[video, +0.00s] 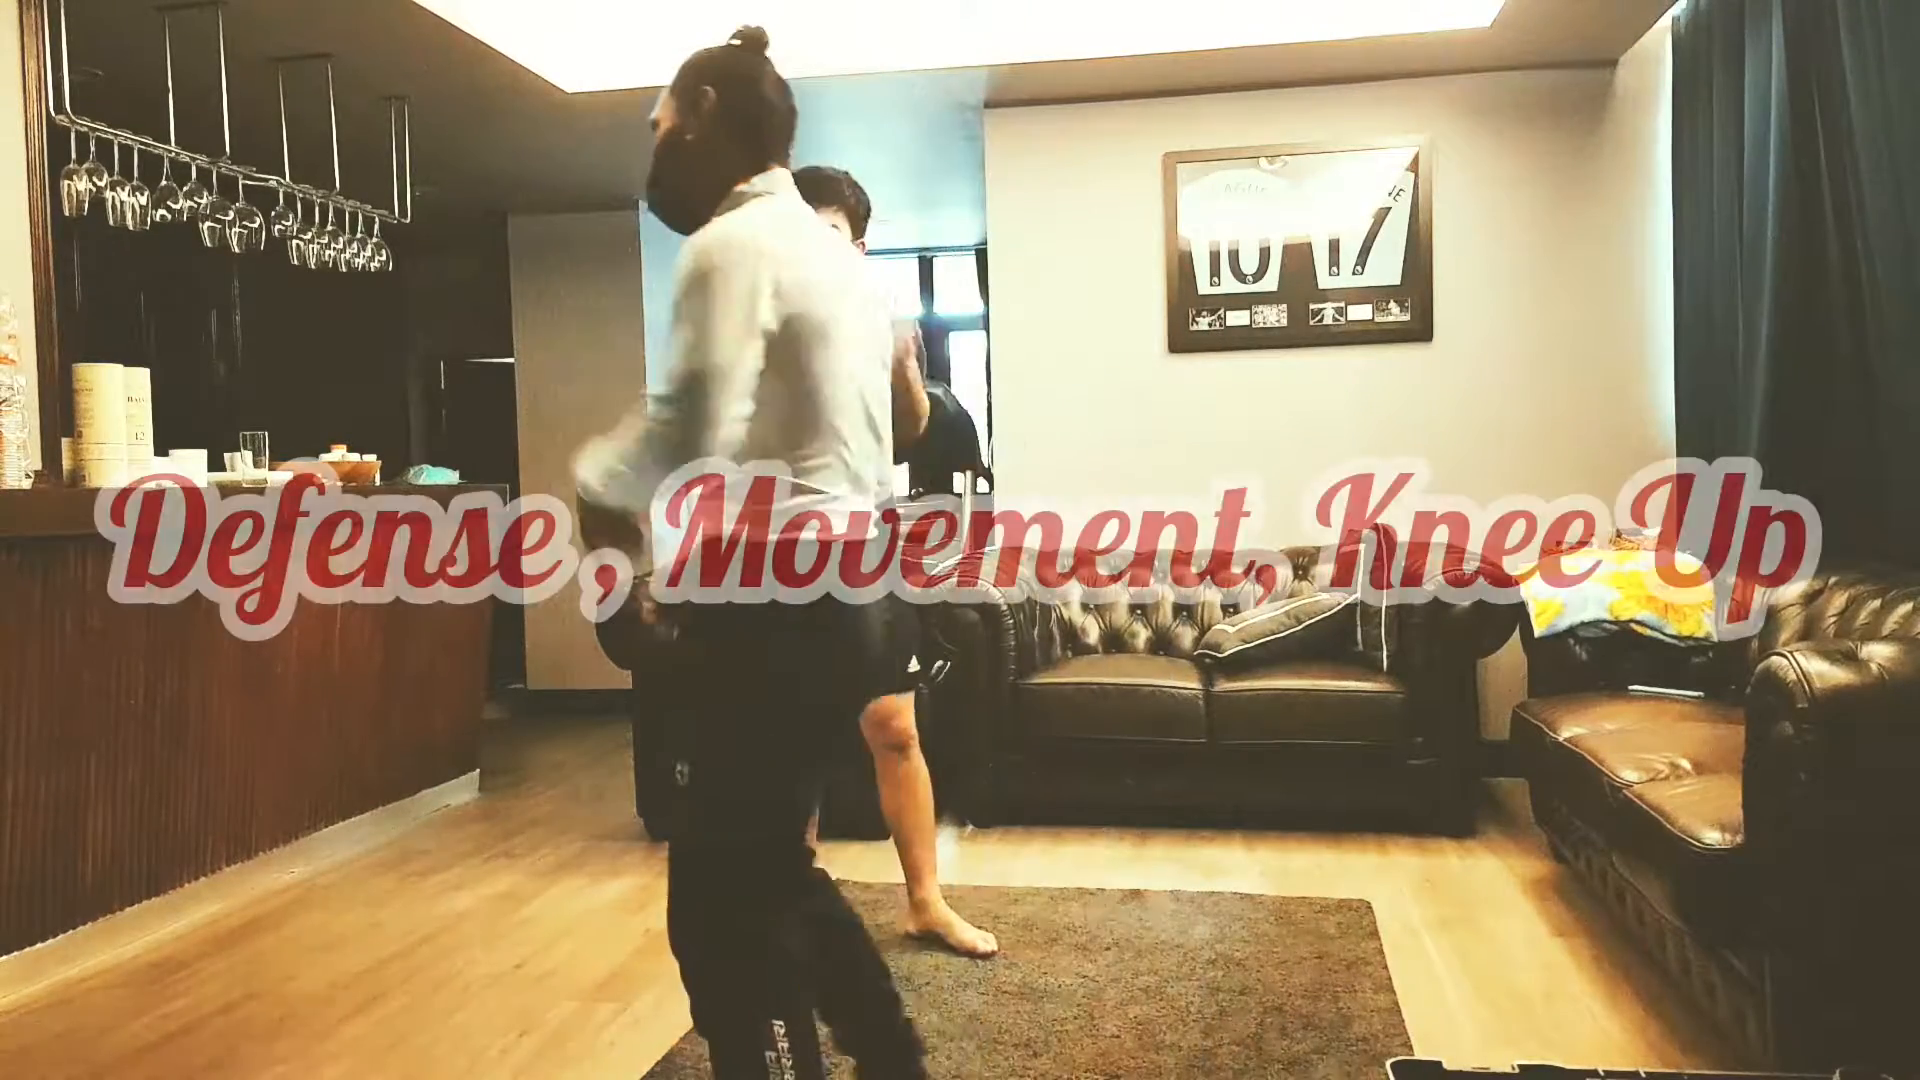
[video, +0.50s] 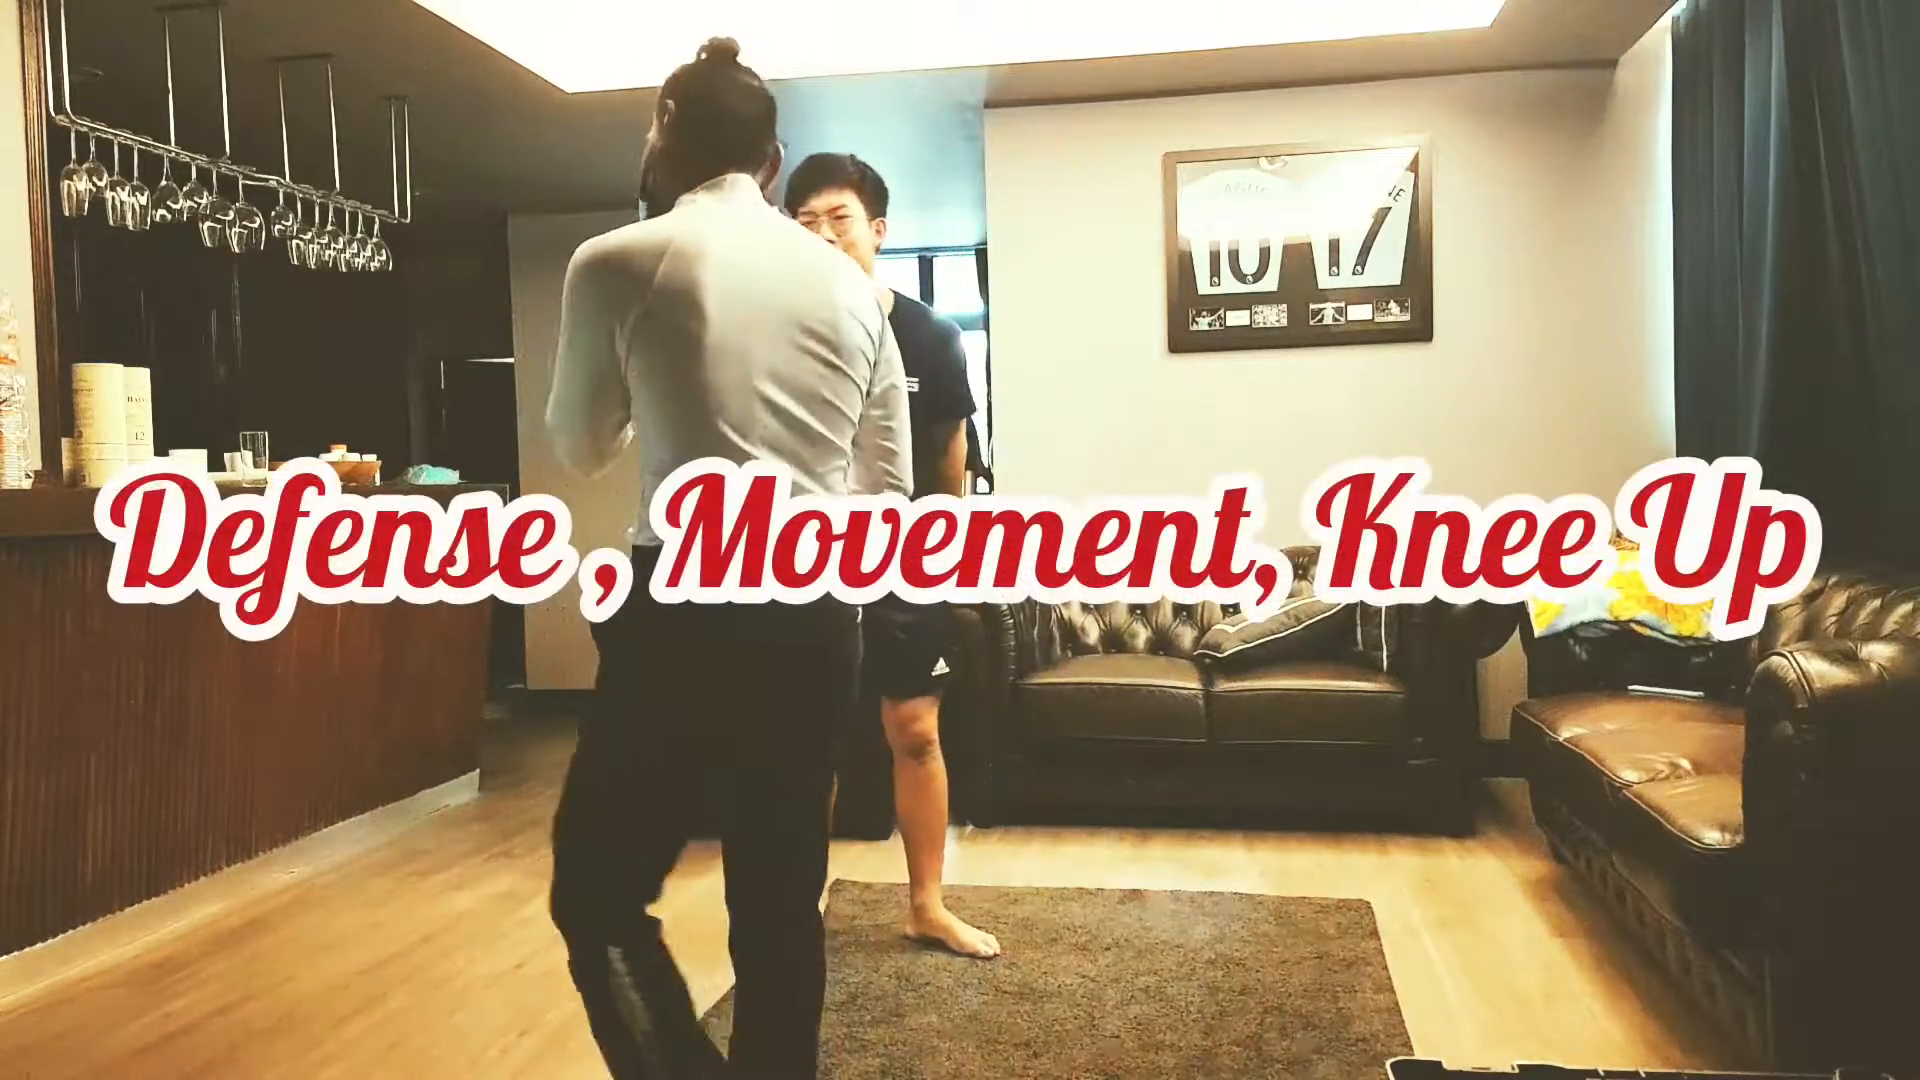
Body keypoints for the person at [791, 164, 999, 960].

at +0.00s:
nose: (822, 239)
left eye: (835, 225)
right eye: (810, 225)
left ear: (859, 229)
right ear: (792, 230)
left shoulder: (882, 318)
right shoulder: (773, 325)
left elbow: (913, 434)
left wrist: (905, 374)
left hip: (872, 540)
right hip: (785, 543)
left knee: (893, 726)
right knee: (788, 738)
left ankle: (927, 898)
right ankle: (795, 909)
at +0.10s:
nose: (815, 242)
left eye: (828, 227)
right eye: (801, 228)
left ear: (857, 238)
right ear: (783, 236)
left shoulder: (894, 336)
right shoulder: (764, 334)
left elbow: (931, 416)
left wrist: (911, 468)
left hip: (881, 562)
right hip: (787, 565)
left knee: (898, 731)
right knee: (793, 745)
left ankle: (927, 899)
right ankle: (801, 899)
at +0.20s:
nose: (813, 240)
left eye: (825, 225)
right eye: (798, 227)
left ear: (854, 234)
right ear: (778, 238)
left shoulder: (897, 336)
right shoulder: (763, 338)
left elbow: (941, 438)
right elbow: (729, 457)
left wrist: (955, 541)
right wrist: (742, 552)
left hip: (887, 558)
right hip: (793, 562)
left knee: (901, 728)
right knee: (797, 734)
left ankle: (928, 898)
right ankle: (805, 887)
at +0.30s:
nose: (808, 237)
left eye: (821, 222)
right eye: (794, 225)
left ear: (855, 232)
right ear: (778, 237)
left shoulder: (905, 338)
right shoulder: (766, 337)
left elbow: (941, 463)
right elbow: (744, 462)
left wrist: (959, 575)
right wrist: (746, 564)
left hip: (893, 561)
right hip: (797, 564)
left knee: (905, 730)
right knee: (803, 731)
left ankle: (928, 898)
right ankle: (809, 882)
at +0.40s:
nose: (813, 236)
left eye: (826, 220)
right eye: (799, 225)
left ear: (864, 229)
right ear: (784, 237)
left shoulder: (915, 337)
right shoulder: (772, 337)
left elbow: (946, 467)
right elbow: (761, 463)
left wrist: (944, 570)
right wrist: (778, 553)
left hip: (899, 559)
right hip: (804, 561)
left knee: (911, 729)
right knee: (807, 734)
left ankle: (929, 899)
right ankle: (808, 890)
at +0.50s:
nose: (826, 234)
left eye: (841, 218)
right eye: (810, 223)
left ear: (878, 230)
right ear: (795, 238)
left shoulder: (924, 335)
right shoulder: (782, 333)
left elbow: (953, 466)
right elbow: (771, 457)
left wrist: (939, 561)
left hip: (902, 557)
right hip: (808, 559)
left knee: (915, 731)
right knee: (808, 729)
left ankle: (927, 900)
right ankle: (805, 886)